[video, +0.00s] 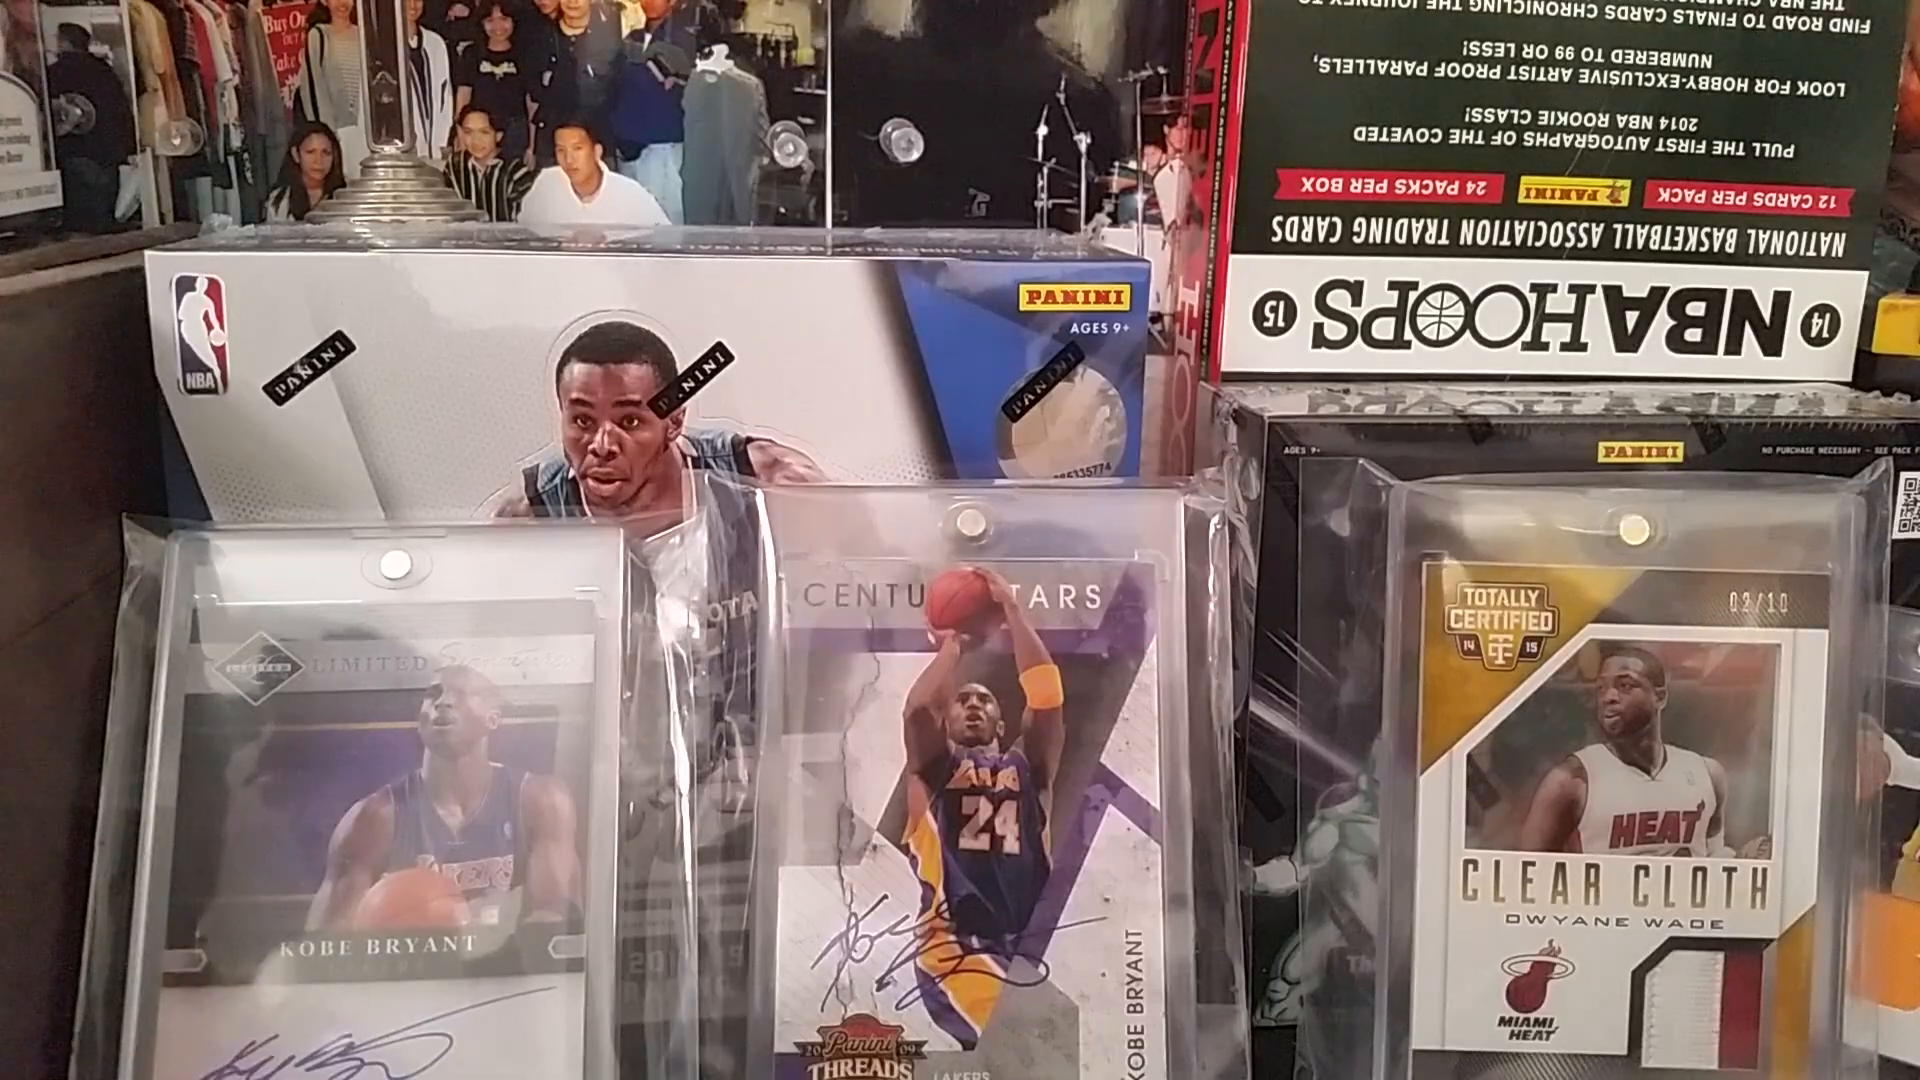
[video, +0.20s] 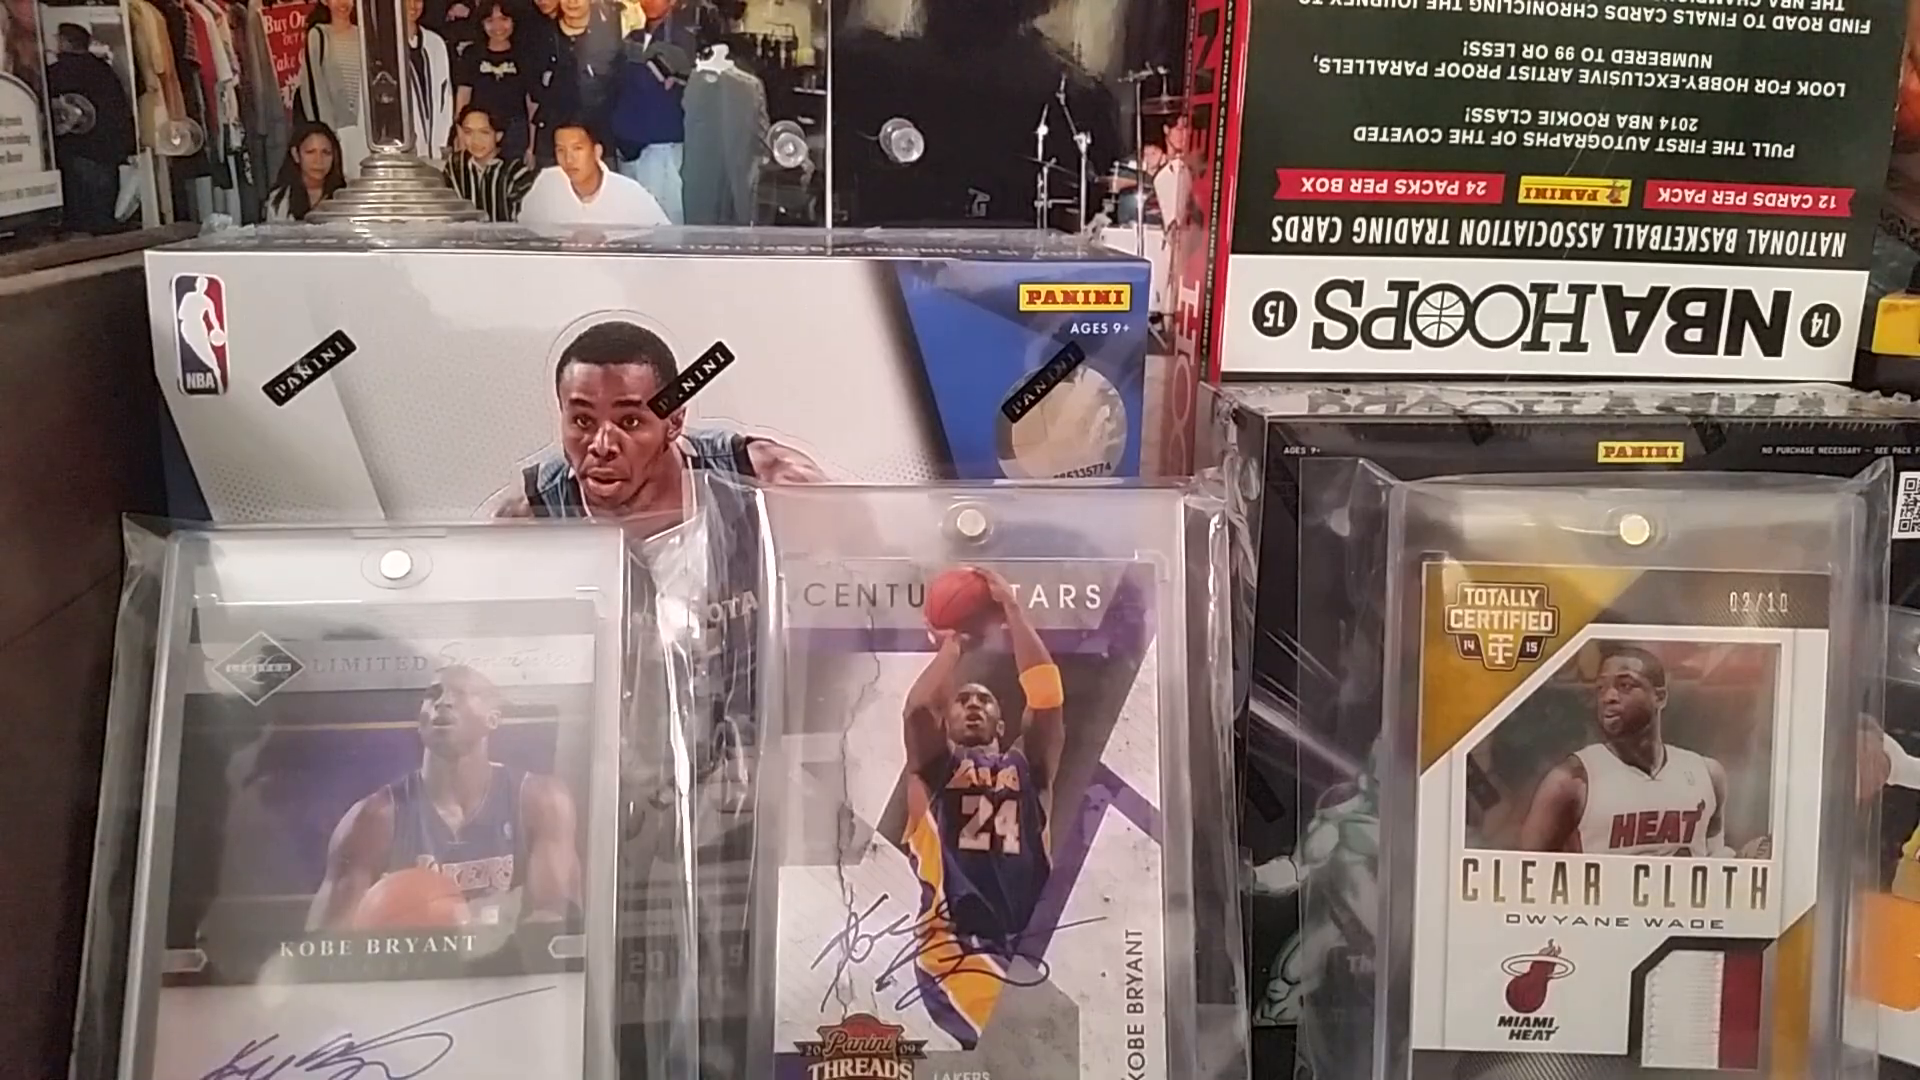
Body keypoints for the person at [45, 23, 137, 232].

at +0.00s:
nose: (57, 45)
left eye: (59, 41)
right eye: (58, 41)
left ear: (64, 43)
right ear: (86, 44)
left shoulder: (54, 73)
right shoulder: (104, 70)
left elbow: (48, 116)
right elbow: (122, 110)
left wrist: (52, 153)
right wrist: (127, 148)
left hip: (73, 153)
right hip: (107, 150)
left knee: (77, 216)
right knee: (106, 215)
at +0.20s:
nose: (57, 45)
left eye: (59, 41)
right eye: (58, 41)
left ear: (64, 43)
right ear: (87, 44)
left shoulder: (53, 73)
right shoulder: (105, 70)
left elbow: (44, 114)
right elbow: (121, 111)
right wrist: (127, 149)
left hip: (69, 152)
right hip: (105, 150)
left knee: (75, 213)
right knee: (105, 213)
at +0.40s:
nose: (57, 45)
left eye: (58, 41)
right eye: (58, 41)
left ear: (63, 43)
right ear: (86, 44)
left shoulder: (54, 72)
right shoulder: (104, 69)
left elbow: (49, 116)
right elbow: (121, 110)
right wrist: (126, 148)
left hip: (71, 153)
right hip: (105, 151)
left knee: (76, 217)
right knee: (104, 216)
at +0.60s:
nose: (57, 44)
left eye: (58, 40)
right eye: (58, 40)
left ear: (63, 43)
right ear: (86, 44)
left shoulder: (54, 73)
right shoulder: (106, 70)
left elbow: (46, 116)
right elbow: (122, 112)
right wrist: (127, 149)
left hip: (71, 155)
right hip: (106, 153)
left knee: (75, 216)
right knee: (104, 216)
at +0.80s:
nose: (57, 44)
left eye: (59, 40)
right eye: (58, 40)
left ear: (64, 43)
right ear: (86, 44)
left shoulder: (55, 72)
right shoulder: (106, 69)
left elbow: (47, 116)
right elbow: (123, 108)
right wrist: (128, 148)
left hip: (75, 155)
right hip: (108, 154)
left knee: (78, 218)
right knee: (105, 218)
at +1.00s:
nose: (71, 44)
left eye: (72, 40)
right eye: (72, 41)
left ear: (75, 42)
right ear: (100, 43)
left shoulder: (68, 73)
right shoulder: (117, 70)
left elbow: (59, 116)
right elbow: (135, 109)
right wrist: (139, 148)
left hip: (85, 152)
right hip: (119, 151)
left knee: (89, 215)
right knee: (116, 215)